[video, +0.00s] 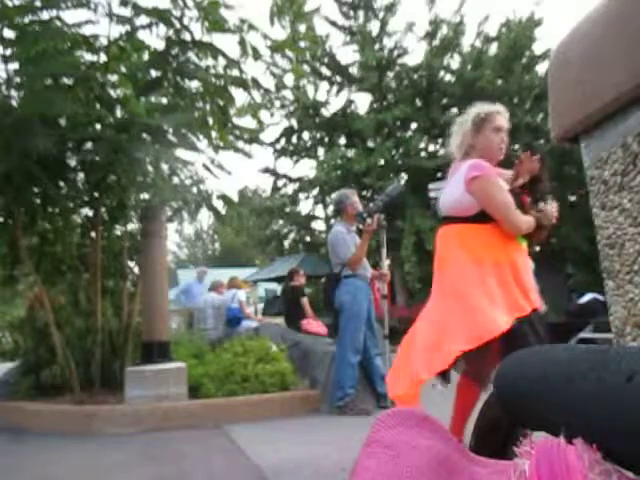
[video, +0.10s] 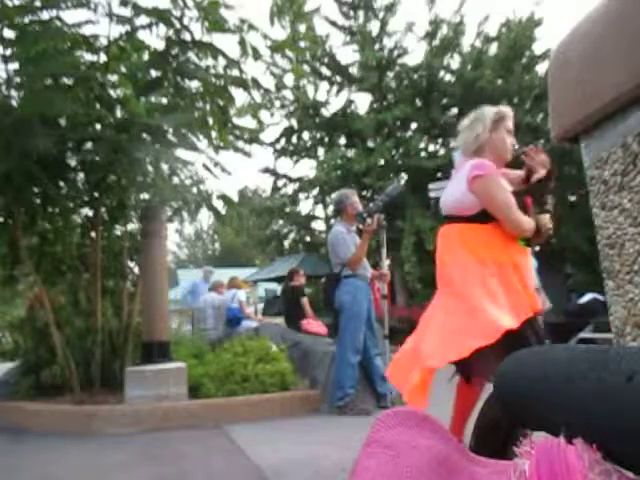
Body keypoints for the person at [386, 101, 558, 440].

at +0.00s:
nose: (505, 139)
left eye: (507, 132)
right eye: (497, 131)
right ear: (474, 135)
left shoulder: (465, 169)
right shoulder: (479, 172)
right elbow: (513, 224)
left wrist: (518, 176)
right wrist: (537, 218)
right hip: (479, 282)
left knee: (480, 361)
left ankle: (455, 439)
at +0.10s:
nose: (513, 140)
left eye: (512, 132)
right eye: (508, 132)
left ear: (485, 136)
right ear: (488, 134)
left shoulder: (473, 168)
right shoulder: (482, 172)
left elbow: (521, 178)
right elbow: (517, 225)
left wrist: (538, 170)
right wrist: (537, 223)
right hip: (483, 286)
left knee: (475, 364)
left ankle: (454, 441)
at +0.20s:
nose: (517, 142)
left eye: (516, 135)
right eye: (512, 135)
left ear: (491, 139)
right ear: (494, 137)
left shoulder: (488, 170)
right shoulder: (483, 174)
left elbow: (527, 185)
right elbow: (513, 224)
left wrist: (552, 174)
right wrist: (534, 230)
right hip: (475, 281)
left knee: (474, 361)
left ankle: (456, 437)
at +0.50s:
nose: (537, 156)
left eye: (537, 149)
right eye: (532, 148)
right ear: (511, 148)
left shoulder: (511, 191)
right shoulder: (488, 174)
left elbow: (542, 219)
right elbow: (503, 224)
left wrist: (572, 202)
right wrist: (542, 246)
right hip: (461, 268)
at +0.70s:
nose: (542, 170)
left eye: (544, 164)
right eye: (536, 162)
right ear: (512, 162)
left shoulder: (519, 211)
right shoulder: (485, 190)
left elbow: (543, 245)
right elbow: (504, 241)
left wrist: (569, 241)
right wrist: (551, 257)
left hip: (488, 285)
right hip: (454, 281)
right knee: (439, 352)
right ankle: (385, 410)